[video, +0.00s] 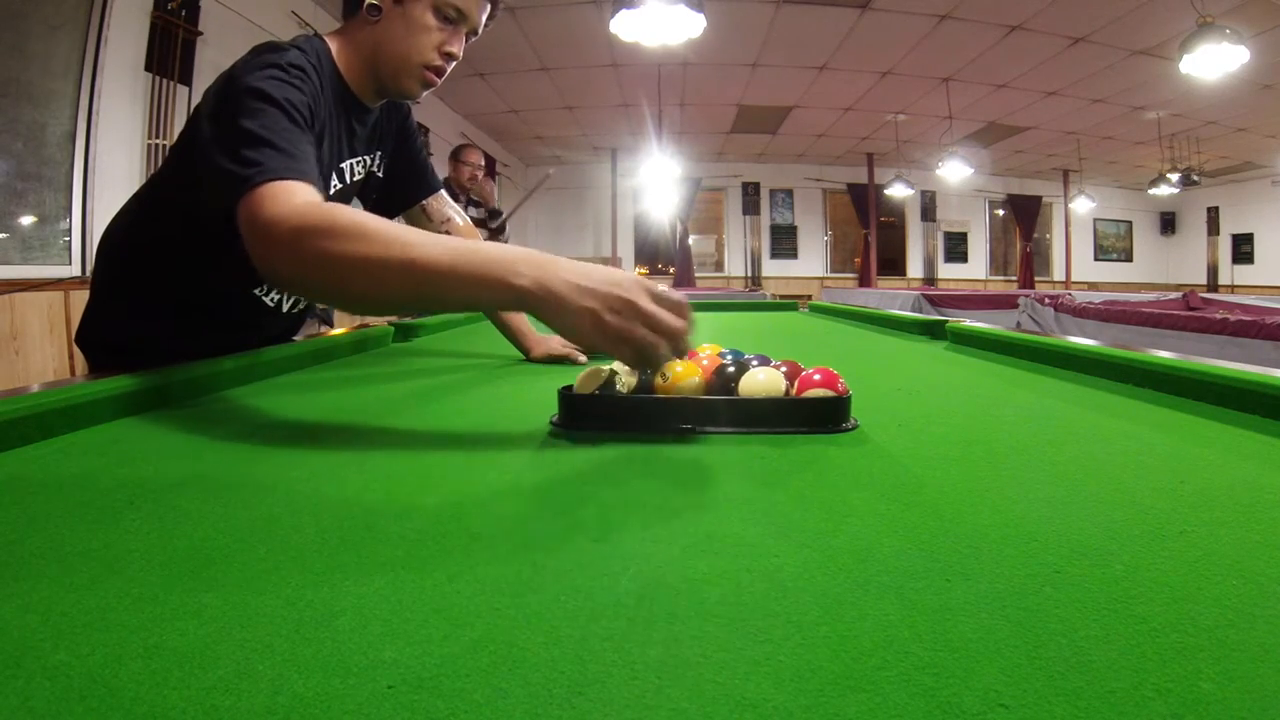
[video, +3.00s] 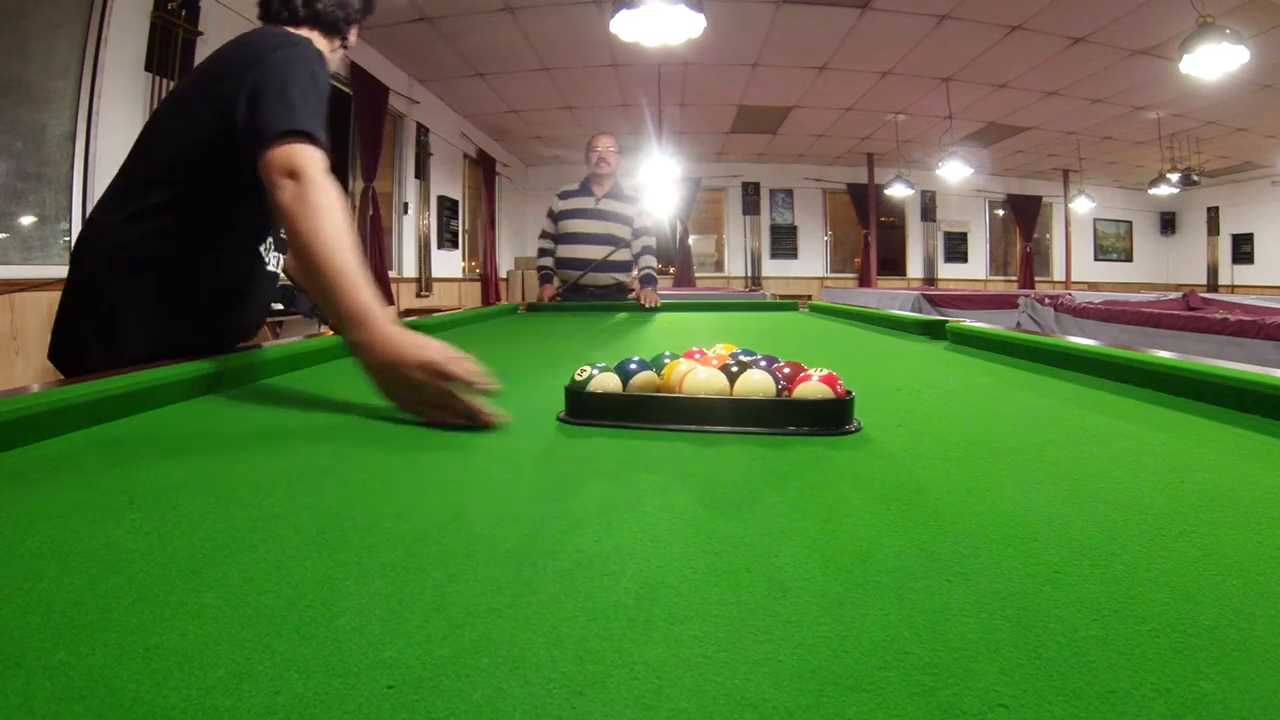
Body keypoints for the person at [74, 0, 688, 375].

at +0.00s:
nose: (458, 51)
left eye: (469, 38)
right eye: (446, 21)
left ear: (461, 47)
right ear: (379, 4)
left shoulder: (391, 117)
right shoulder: (276, 82)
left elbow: (448, 229)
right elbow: (284, 238)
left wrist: (526, 332)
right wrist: (537, 276)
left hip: (257, 332)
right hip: (150, 332)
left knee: (247, 517)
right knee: (143, 523)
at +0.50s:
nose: (462, 58)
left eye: (473, 42)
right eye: (453, 26)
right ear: (387, 7)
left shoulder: (392, 121)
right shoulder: (283, 86)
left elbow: (447, 230)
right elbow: (272, 277)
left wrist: (525, 338)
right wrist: (498, 357)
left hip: (252, 336)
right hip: (146, 340)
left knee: (240, 523)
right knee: (139, 538)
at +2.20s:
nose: (444, 68)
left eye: (451, 48)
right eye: (449, 44)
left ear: (401, 29)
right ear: (412, 25)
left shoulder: (380, 122)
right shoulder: (271, 83)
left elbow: (442, 232)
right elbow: (301, 259)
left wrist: (527, 339)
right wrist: (475, 383)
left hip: (259, 342)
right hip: (153, 344)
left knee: (240, 527)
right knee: (143, 536)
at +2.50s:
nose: (400, 60)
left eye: (405, 43)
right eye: (409, 41)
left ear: (327, 10)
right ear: (400, 34)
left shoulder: (328, 96)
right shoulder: (295, 55)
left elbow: (372, 232)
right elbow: (315, 227)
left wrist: (465, 340)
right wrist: (473, 381)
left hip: (235, 346)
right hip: (149, 352)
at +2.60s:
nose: (379, 67)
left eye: (382, 55)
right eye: (389, 50)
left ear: (315, 8)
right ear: (386, 29)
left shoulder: (279, 63)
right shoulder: (300, 52)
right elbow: (326, 220)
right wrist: (477, 375)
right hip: (150, 350)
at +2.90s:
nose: (360, 60)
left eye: (362, 51)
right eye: (364, 47)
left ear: (293, 18)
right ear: (357, 32)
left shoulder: (254, 72)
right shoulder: (297, 57)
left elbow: (279, 222)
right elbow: (330, 178)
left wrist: (334, 308)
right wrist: (443, 342)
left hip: (205, 331)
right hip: (141, 335)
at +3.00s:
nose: (350, 52)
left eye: (350, 44)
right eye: (352, 41)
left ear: (279, 14)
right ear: (348, 30)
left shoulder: (243, 63)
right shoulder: (287, 54)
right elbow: (295, 178)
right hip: (142, 343)